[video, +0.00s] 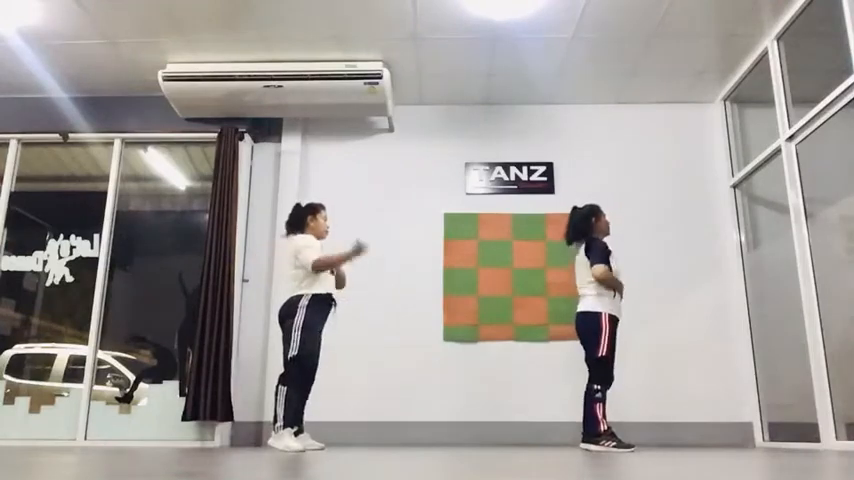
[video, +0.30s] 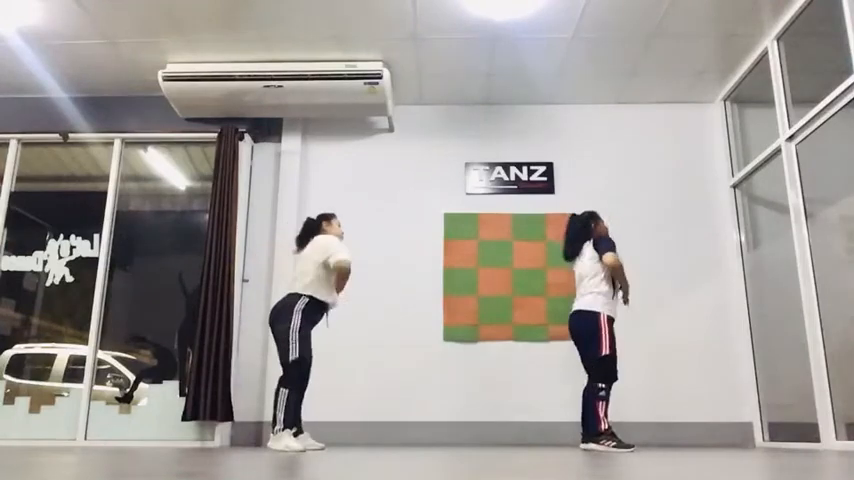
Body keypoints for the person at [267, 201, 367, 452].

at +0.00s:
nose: (328, 224)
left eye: (327, 220)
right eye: (324, 219)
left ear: (312, 221)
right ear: (311, 220)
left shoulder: (316, 247)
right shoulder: (303, 240)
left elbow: (340, 284)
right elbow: (315, 264)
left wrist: (337, 265)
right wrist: (350, 254)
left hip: (316, 307)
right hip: (302, 305)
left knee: (307, 369)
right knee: (294, 367)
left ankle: (297, 432)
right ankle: (281, 432)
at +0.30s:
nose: (341, 228)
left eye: (339, 224)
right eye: (337, 224)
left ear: (323, 227)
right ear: (325, 226)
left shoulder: (316, 244)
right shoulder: (327, 241)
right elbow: (343, 264)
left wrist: (329, 290)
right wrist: (338, 288)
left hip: (299, 310)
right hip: (296, 310)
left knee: (300, 371)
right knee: (294, 370)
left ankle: (295, 432)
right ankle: (279, 433)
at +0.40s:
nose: (347, 241)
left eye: (349, 237)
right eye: (346, 235)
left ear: (330, 231)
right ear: (332, 229)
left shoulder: (321, 248)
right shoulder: (323, 245)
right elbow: (339, 277)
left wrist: (330, 293)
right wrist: (332, 296)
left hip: (300, 316)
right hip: (292, 314)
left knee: (311, 369)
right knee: (305, 368)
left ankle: (296, 432)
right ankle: (279, 432)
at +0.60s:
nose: (326, 249)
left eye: (329, 244)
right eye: (324, 243)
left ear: (323, 242)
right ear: (310, 237)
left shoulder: (314, 262)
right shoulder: (300, 264)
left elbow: (335, 276)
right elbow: (319, 303)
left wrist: (327, 277)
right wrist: (331, 302)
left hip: (311, 328)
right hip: (298, 327)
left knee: (336, 375)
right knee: (319, 376)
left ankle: (305, 426)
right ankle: (279, 434)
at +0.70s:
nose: (307, 248)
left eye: (308, 242)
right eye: (302, 243)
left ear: (307, 243)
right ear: (288, 244)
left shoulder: (304, 266)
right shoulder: (290, 271)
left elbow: (335, 267)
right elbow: (311, 303)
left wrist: (322, 271)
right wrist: (332, 302)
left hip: (320, 327)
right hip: (306, 327)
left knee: (341, 381)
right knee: (322, 379)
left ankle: (302, 428)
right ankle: (280, 434)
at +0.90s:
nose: (281, 238)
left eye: (276, 237)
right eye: (275, 240)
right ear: (274, 253)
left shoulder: (302, 269)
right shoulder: (286, 272)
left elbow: (334, 268)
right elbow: (310, 296)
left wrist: (324, 271)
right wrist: (334, 294)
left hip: (330, 324)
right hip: (316, 323)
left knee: (340, 389)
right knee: (331, 372)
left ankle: (297, 429)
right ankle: (288, 424)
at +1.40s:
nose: (337, 243)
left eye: (338, 239)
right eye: (334, 237)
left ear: (324, 238)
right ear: (316, 236)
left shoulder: (321, 260)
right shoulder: (307, 256)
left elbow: (337, 280)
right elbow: (319, 292)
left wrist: (341, 283)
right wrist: (328, 294)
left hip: (311, 321)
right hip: (297, 319)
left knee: (327, 378)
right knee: (313, 369)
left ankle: (298, 430)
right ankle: (290, 429)